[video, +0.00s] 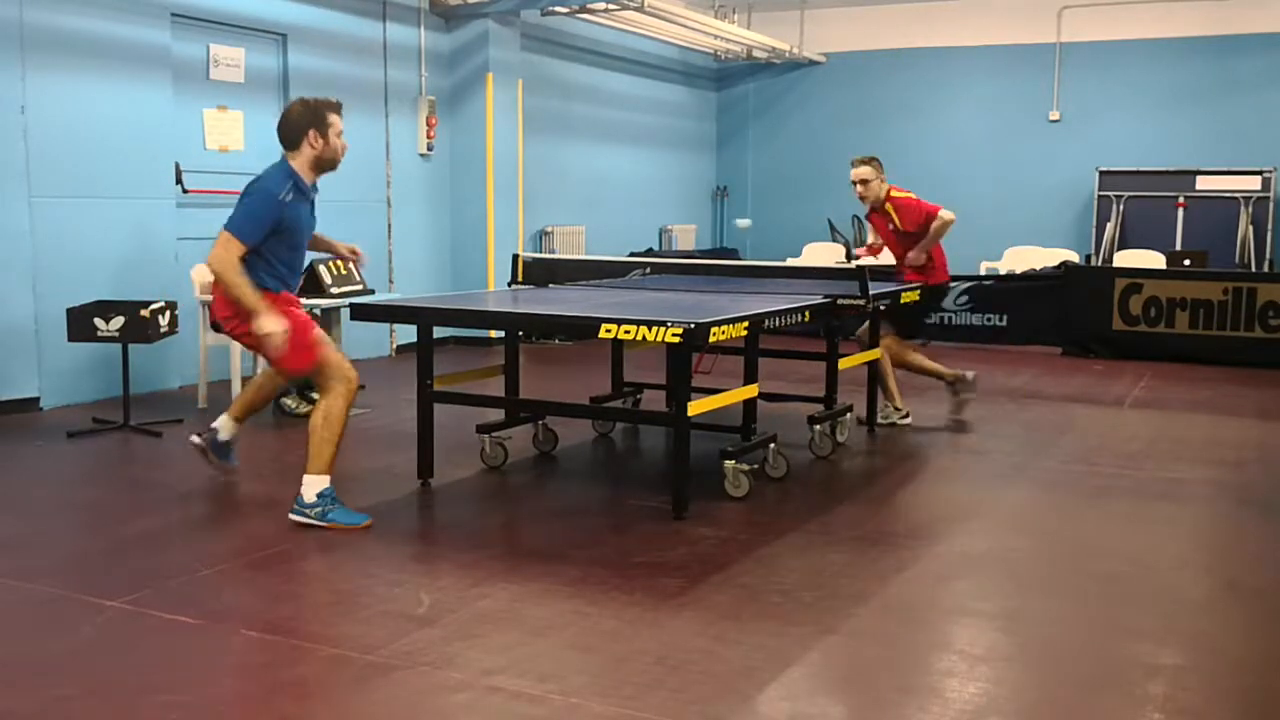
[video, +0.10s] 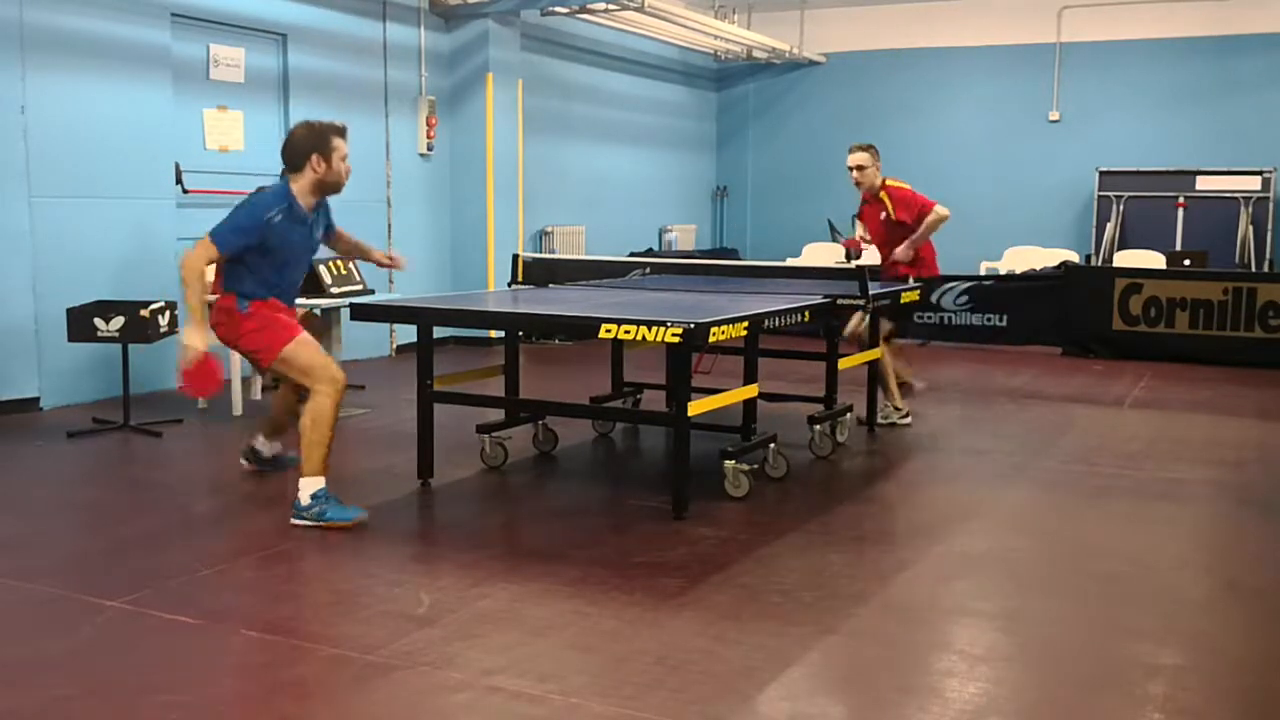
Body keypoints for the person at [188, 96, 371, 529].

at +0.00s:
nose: (344, 145)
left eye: (343, 135)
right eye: (339, 135)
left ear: (311, 141)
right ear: (313, 140)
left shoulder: (304, 186)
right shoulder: (272, 188)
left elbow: (291, 236)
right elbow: (221, 258)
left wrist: (334, 247)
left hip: (274, 298)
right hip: (248, 302)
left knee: (290, 364)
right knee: (342, 379)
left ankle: (219, 433)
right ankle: (313, 496)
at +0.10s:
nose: (348, 167)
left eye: (347, 158)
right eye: (342, 159)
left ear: (317, 165)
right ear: (316, 165)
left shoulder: (317, 205)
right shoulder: (265, 206)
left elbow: (334, 239)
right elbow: (194, 261)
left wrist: (373, 255)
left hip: (276, 308)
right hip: (243, 310)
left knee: (301, 384)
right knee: (330, 380)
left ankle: (263, 447)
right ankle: (311, 497)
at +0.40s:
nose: (346, 167)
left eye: (344, 159)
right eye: (338, 159)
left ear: (314, 165)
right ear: (308, 163)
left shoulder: (328, 207)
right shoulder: (258, 206)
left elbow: (351, 231)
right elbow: (207, 255)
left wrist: (379, 248)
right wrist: (193, 288)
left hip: (272, 299)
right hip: (234, 295)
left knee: (310, 368)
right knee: (281, 375)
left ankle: (265, 449)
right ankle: (290, 486)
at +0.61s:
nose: (325, 152)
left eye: (325, 144)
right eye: (318, 144)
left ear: (283, 149)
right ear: (289, 146)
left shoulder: (246, 181)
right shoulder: (297, 182)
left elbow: (254, 246)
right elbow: (337, 213)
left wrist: (305, 273)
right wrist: (330, 202)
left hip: (230, 300)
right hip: (274, 300)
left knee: (279, 357)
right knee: (304, 407)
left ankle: (263, 447)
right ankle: (267, 484)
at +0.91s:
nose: (325, 120)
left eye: (324, 112)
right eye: (319, 112)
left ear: (285, 115)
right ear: (291, 114)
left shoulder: (250, 151)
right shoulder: (278, 152)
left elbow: (216, 209)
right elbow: (293, 218)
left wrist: (269, 222)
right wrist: (322, 218)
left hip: (224, 262)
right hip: (250, 262)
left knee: (271, 361)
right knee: (292, 366)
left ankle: (264, 446)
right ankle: (283, 481)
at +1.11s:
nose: (322, 123)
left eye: (320, 114)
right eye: (315, 115)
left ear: (287, 118)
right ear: (288, 118)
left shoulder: (276, 163)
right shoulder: (249, 162)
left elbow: (259, 228)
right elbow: (225, 230)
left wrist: (281, 263)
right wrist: (285, 243)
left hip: (246, 278)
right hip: (223, 279)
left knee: (273, 366)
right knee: (276, 386)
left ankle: (252, 456)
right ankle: (225, 495)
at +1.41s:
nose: (296, 87)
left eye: (294, 78)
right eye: (289, 79)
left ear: (258, 84)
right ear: (266, 84)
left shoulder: (237, 128)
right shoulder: (234, 134)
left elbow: (220, 206)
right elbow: (208, 207)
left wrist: (270, 222)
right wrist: (268, 225)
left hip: (201, 259)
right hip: (208, 262)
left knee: (217, 375)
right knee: (249, 379)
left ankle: (188, 475)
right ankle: (224, 498)